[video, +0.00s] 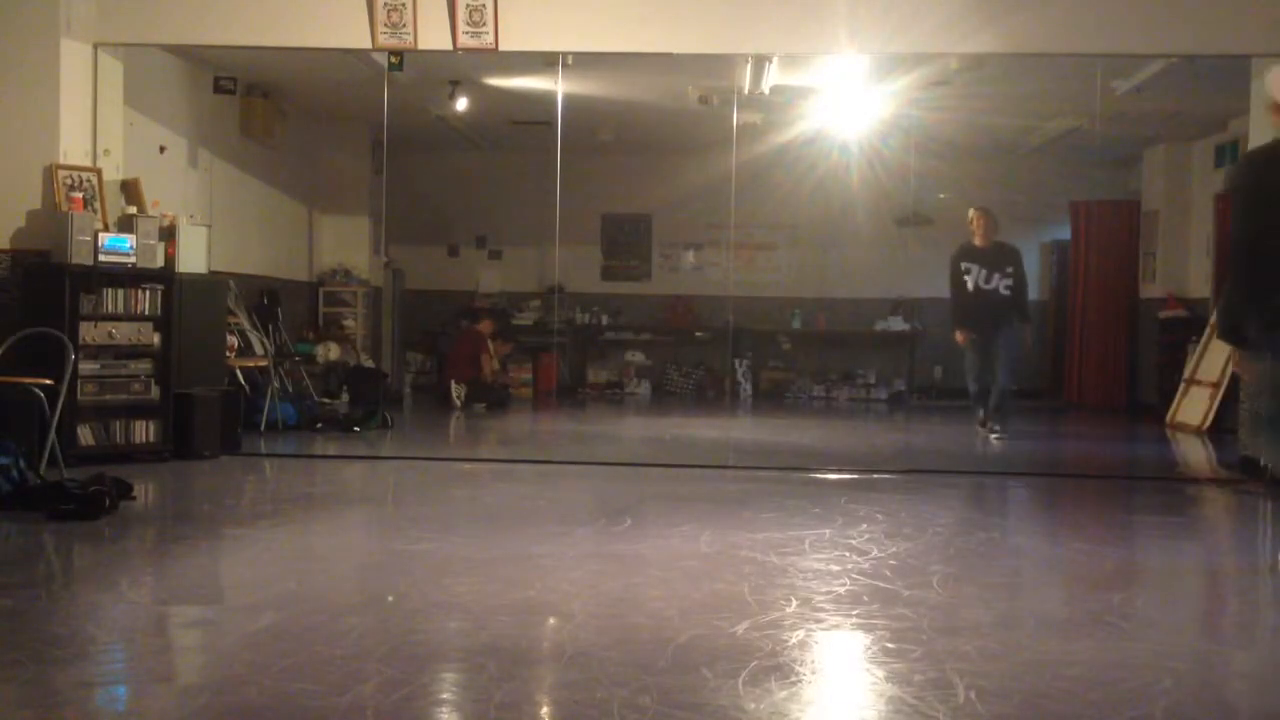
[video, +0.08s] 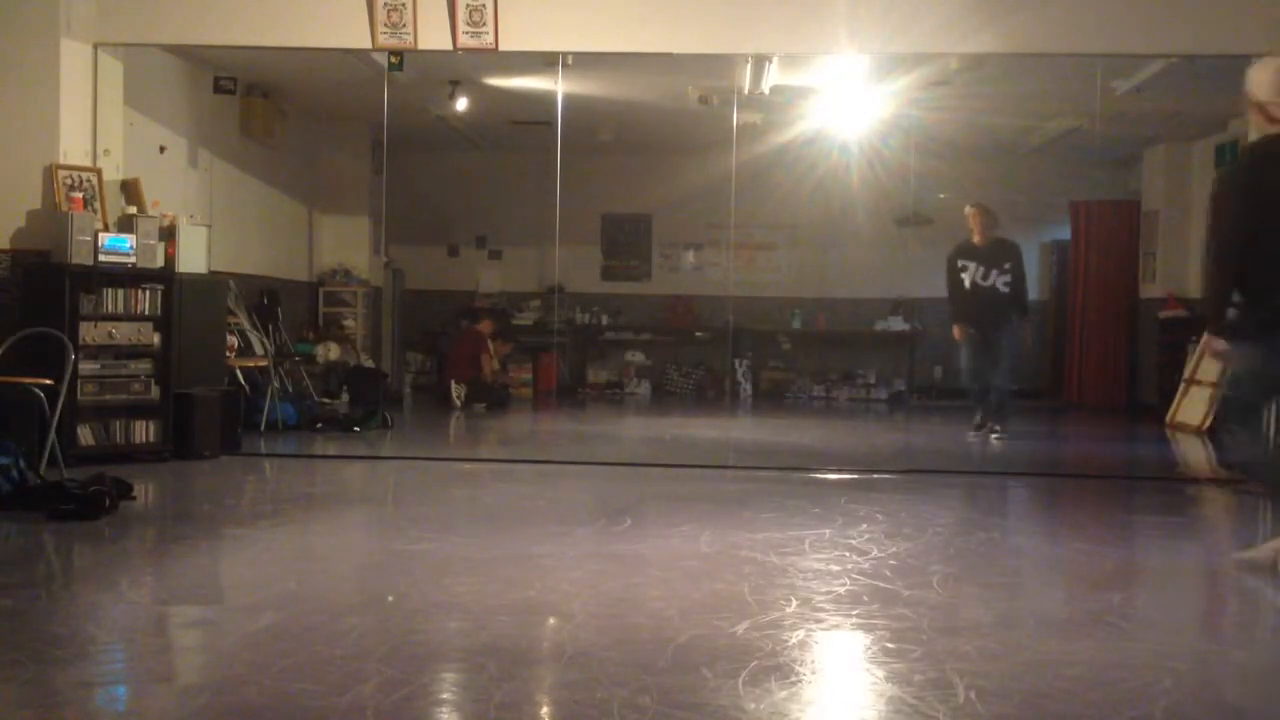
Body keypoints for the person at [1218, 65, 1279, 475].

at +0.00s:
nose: (1274, 110)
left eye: (1272, 102)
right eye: (1275, 102)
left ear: (1270, 108)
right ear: (1273, 108)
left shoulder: (1255, 168)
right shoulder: (1254, 167)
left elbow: (1241, 259)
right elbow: (1240, 259)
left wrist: (1233, 328)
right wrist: (1236, 328)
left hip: (1261, 317)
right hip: (1262, 317)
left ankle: (1257, 457)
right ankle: (1254, 456)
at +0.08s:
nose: (1248, 110)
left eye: (1249, 103)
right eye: (1255, 101)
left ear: (1255, 107)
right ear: (1276, 107)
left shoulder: (1244, 175)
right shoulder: (1246, 173)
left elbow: (1226, 256)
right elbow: (1225, 255)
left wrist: (1214, 323)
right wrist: (1216, 321)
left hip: (1263, 321)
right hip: (1263, 321)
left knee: (1235, 422)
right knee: (1245, 420)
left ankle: (1271, 522)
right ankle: (1270, 528)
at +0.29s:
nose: (1191, 133)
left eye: (1193, 126)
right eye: (1192, 125)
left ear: (1202, 131)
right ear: (1246, 123)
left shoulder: (1204, 184)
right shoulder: (1270, 176)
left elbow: (1189, 267)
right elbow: (1268, 259)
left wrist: (1170, 332)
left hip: (1223, 328)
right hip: (1267, 324)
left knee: (1188, 423)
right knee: (1226, 435)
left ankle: (1149, 508)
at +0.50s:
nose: (1128, 136)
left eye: (1131, 127)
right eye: (1129, 127)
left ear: (1142, 131)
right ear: (1175, 127)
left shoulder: (1145, 187)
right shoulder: (1210, 182)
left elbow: (1138, 272)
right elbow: (1225, 265)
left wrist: (1132, 344)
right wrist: (1209, 321)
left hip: (1154, 326)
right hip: (1201, 324)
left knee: (1130, 413)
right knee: (1203, 404)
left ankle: (1134, 513)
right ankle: (1244, 468)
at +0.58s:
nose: (1107, 129)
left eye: (1108, 121)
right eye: (1108, 121)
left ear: (1117, 125)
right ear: (1154, 121)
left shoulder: (1121, 180)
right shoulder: (1186, 175)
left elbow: (1112, 266)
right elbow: (1200, 256)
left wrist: (1104, 336)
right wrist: (1190, 313)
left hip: (1134, 320)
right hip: (1178, 317)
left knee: (1115, 418)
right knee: (1158, 409)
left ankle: (1132, 514)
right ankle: (1225, 471)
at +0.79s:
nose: (1057, 137)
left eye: (1058, 131)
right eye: (1059, 130)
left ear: (1067, 135)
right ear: (1104, 127)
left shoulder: (1075, 184)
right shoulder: (1128, 178)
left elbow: (1055, 259)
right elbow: (1142, 253)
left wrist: (1035, 323)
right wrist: (1135, 307)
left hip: (1088, 312)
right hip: (1125, 309)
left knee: (1094, 405)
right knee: (1085, 400)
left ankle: (1132, 510)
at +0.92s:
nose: (1025, 144)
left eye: (1027, 137)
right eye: (1029, 136)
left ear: (1036, 144)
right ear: (1078, 139)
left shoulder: (1038, 194)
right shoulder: (1093, 191)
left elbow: (1013, 265)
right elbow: (1105, 268)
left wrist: (1003, 331)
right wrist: (1098, 320)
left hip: (1050, 321)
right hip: (1081, 318)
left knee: (1069, 419)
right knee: (1027, 409)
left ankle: (1128, 507)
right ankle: (988, 489)